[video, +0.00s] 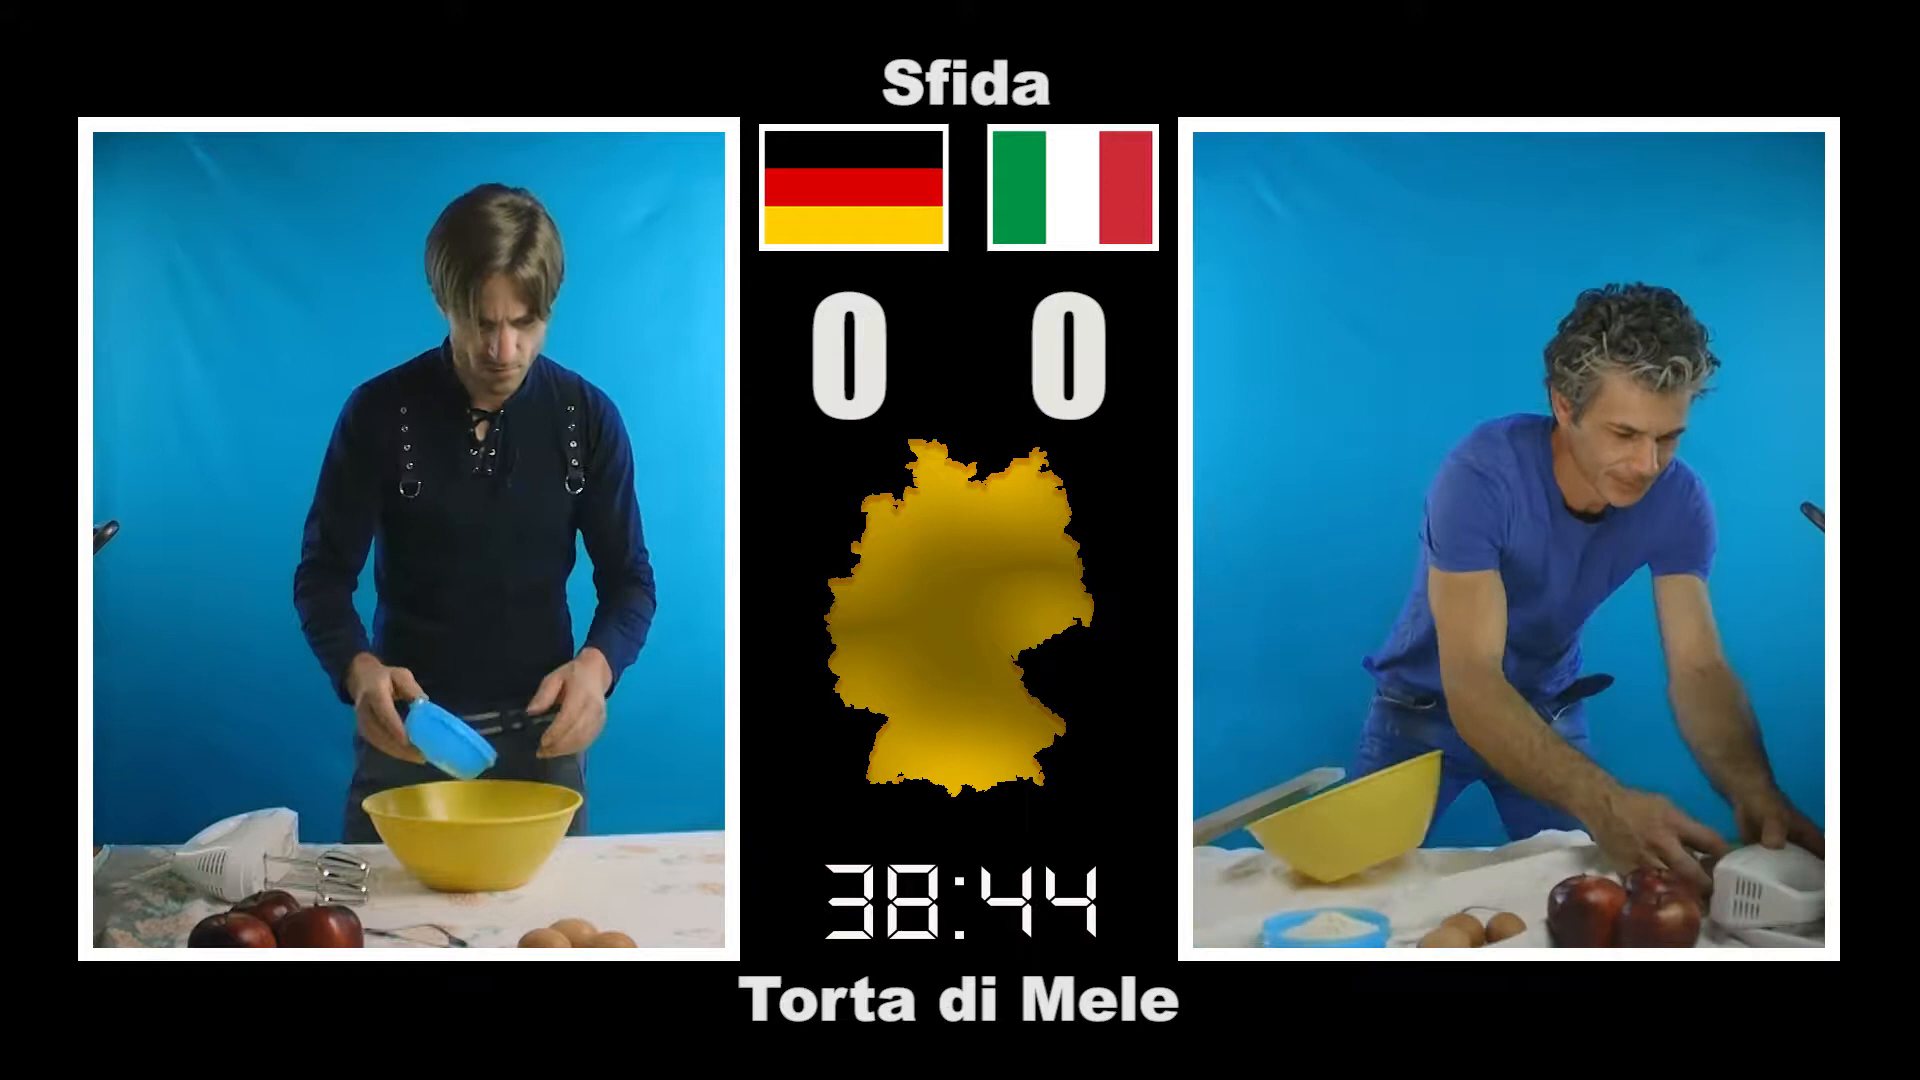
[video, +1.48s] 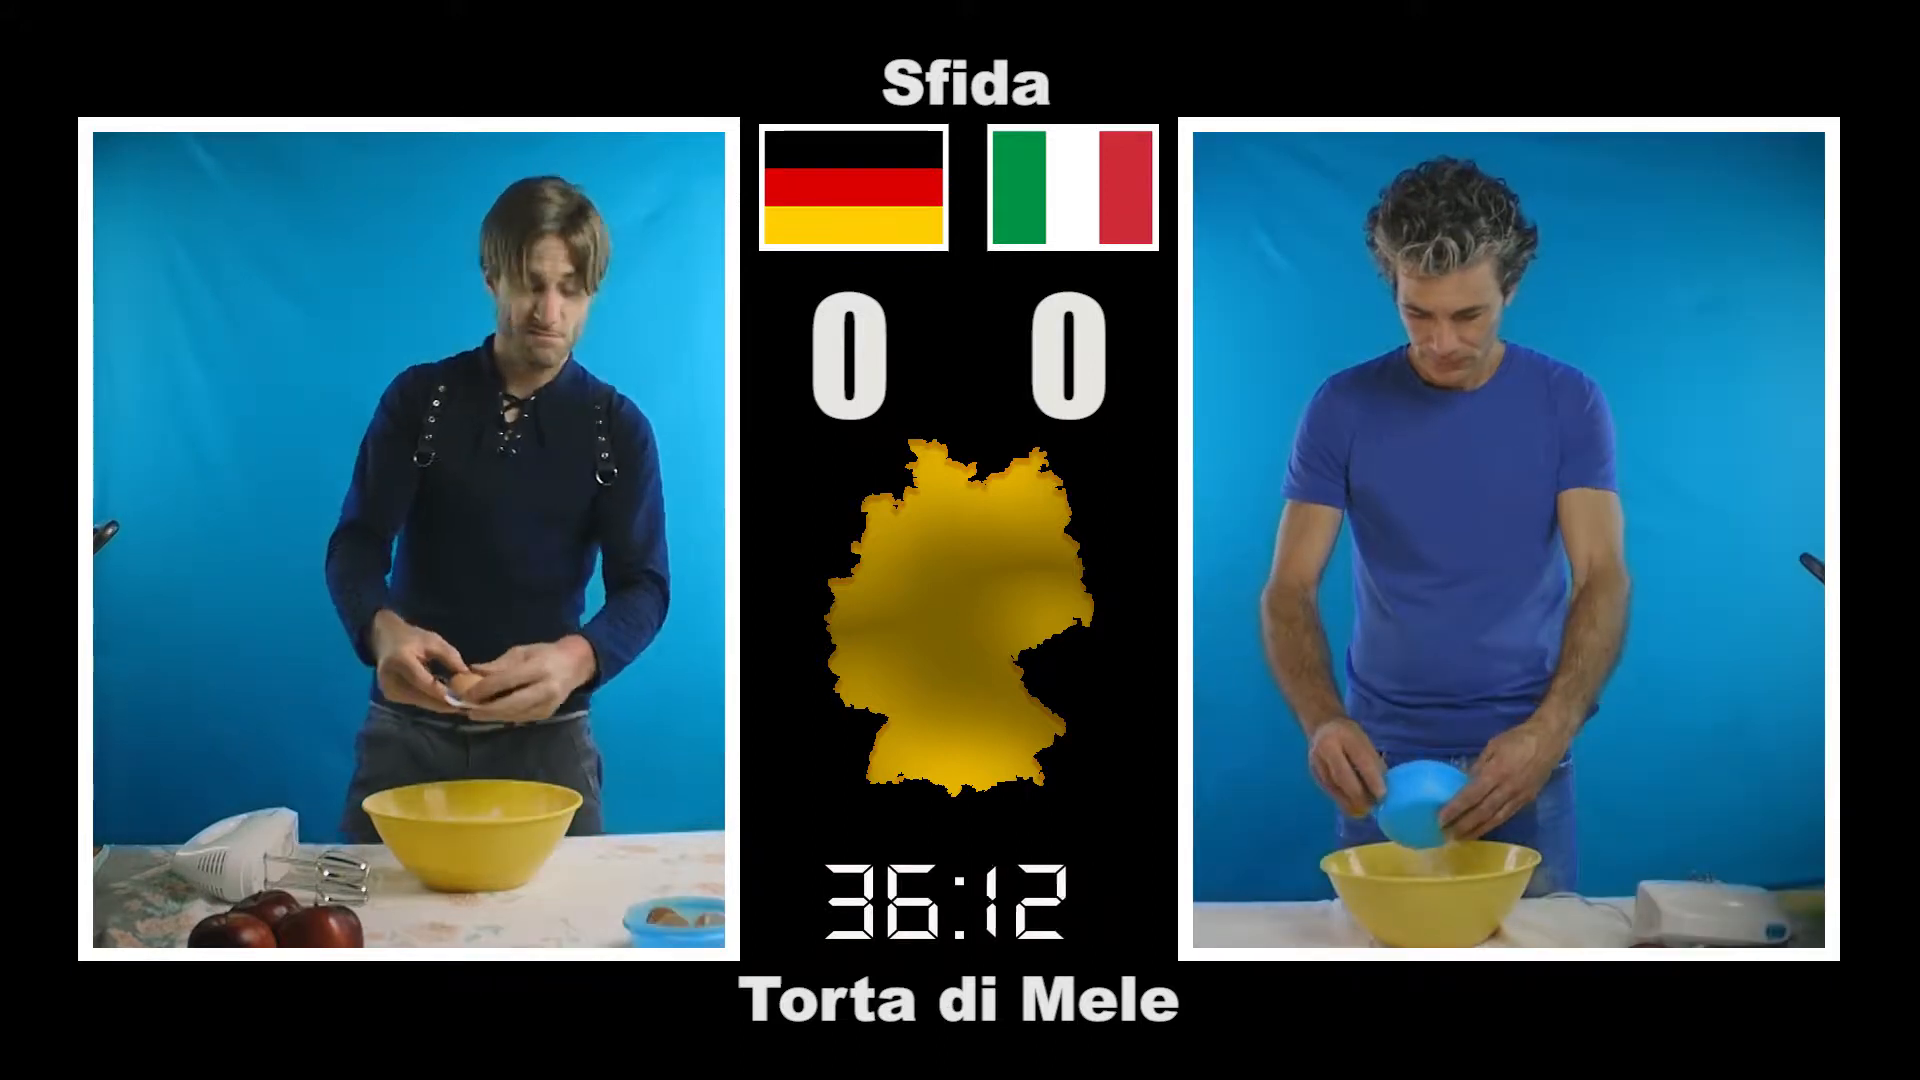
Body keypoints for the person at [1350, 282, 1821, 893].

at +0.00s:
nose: (1647, 465)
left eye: (1667, 438)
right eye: (1623, 435)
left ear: (1684, 419)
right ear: (1564, 407)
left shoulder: (1674, 500)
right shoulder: (1479, 478)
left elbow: (1699, 669)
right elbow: (1474, 688)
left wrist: (1755, 791)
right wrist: (1606, 808)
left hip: (1544, 709)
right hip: (1423, 704)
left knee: (1589, 903)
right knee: (1358, 892)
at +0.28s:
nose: (1616, 436)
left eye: (1638, 409)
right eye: (1590, 408)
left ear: (1657, 389)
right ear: (1538, 382)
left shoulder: (1670, 477)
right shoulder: (1466, 465)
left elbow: (1705, 647)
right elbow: (1457, 671)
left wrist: (1767, 761)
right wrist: (1569, 756)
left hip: (1562, 717)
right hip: (1440, 710)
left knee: (1623, 908)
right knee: (1375, 892)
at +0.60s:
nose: (1405, 350)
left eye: (1430, 321)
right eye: (1379, 322)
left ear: (1468, 294)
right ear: (1352, 297)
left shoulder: (1529, 397)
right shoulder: (1310, 423)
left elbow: (1583, 573)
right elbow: (1244, 613)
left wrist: (1604, 745)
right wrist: (1234, 764)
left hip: (1525, 765)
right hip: (1380, 769)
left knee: (1533, 963)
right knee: (1381, 972)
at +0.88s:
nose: (1435, 342)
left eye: (1459, 314)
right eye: (1411, 315)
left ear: (1499, 289)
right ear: (1385, 291)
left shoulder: (1558, 401)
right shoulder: (1338, 409)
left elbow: (1601, 582)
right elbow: (1268, 590)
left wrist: (1564, 729)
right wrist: (1280, 713)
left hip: (1526, 766)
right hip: (1385, 766)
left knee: (1531, 960)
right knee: (1384, 965)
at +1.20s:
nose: (1443, 339)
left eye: (1468, 311)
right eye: (1420, 311)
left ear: (1507, 287)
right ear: (1395, 287)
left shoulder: (1566, 404)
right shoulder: (1346, 407)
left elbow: (1596, 581)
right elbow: (1286, 588)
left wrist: (1535, 728)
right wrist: (1314, 711)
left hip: (1522, 759)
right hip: (1384, 758)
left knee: (1529, 951)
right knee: (1385, 954)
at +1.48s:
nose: (1444, 342)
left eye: (1468, 315)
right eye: (1420, 314)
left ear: (1506, 290)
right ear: (1395, 291)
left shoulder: (1565, 403)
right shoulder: (1345, 406)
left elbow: (1602, 579)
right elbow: (1289, 591)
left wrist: (1549, 731)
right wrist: (1324, 721)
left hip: (1523, 752)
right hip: (1386, 749)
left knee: (1527, 948)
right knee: (1384, 951)